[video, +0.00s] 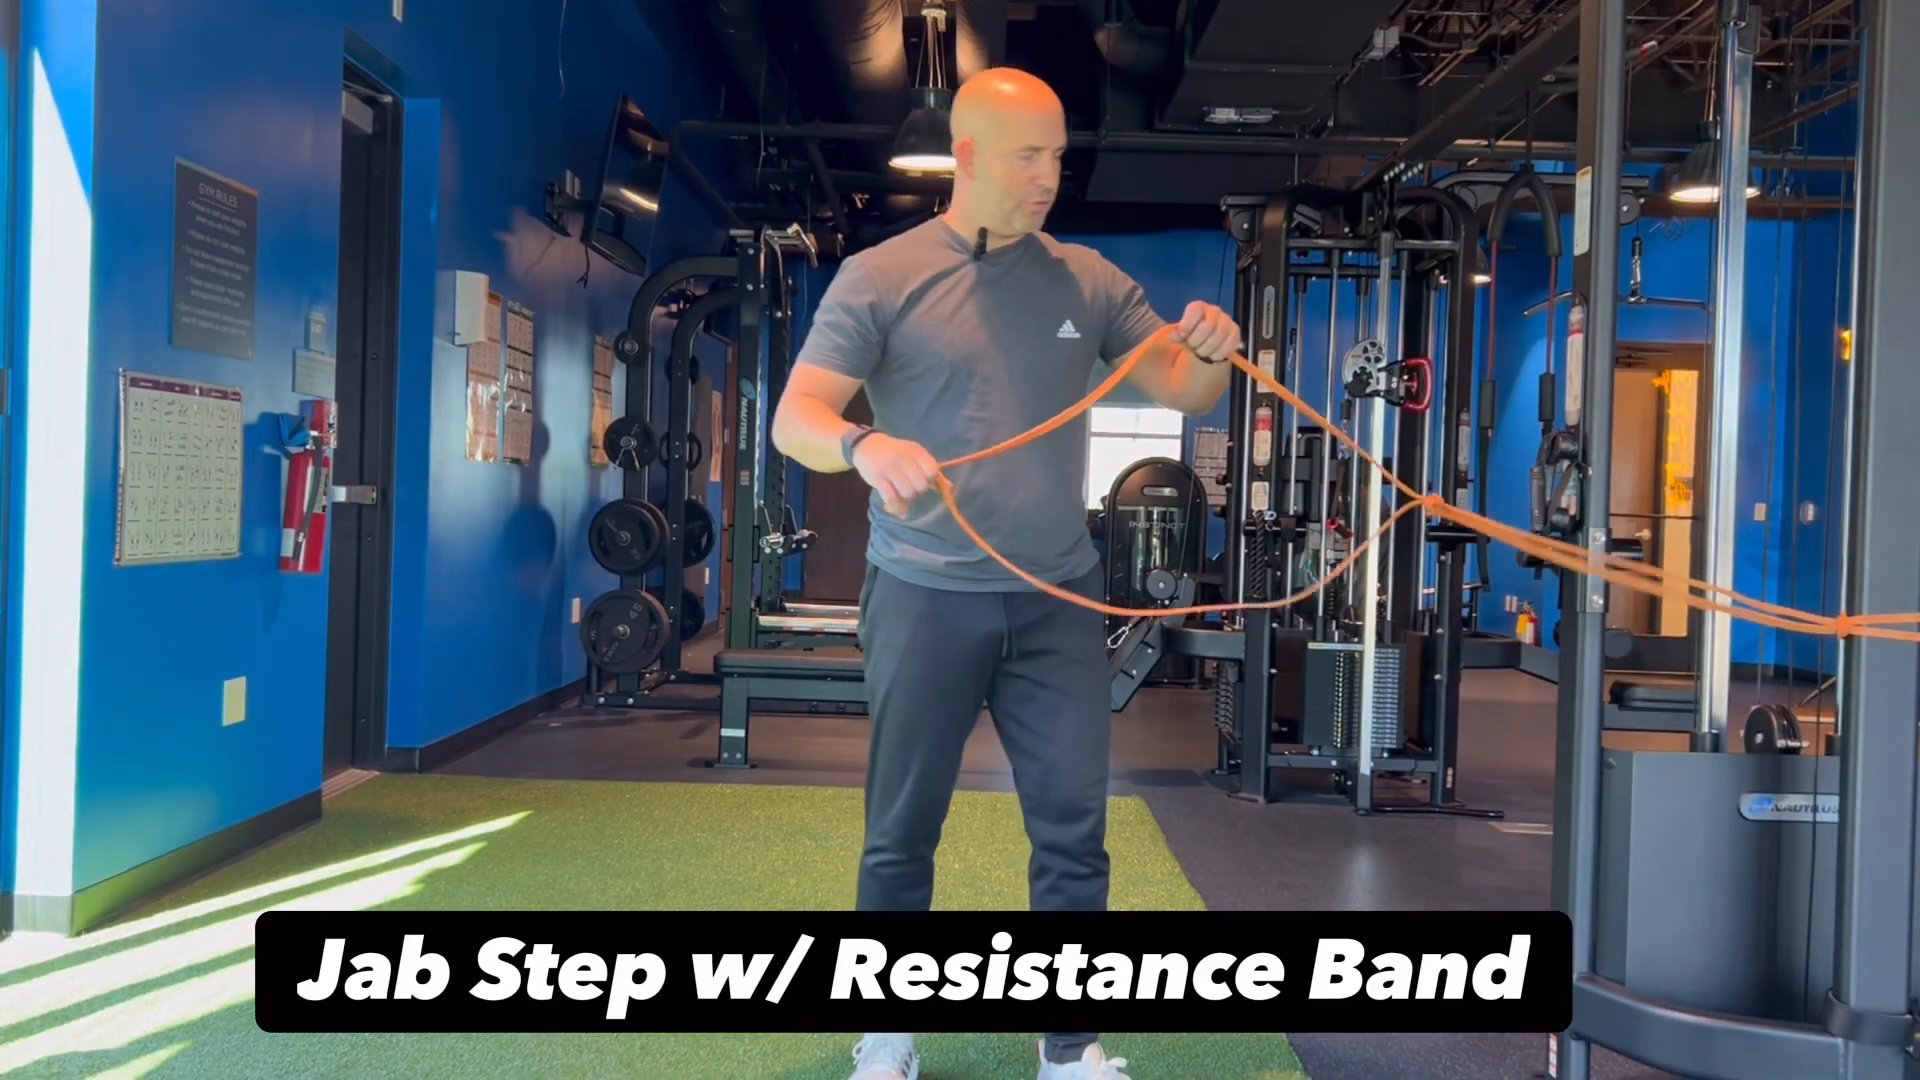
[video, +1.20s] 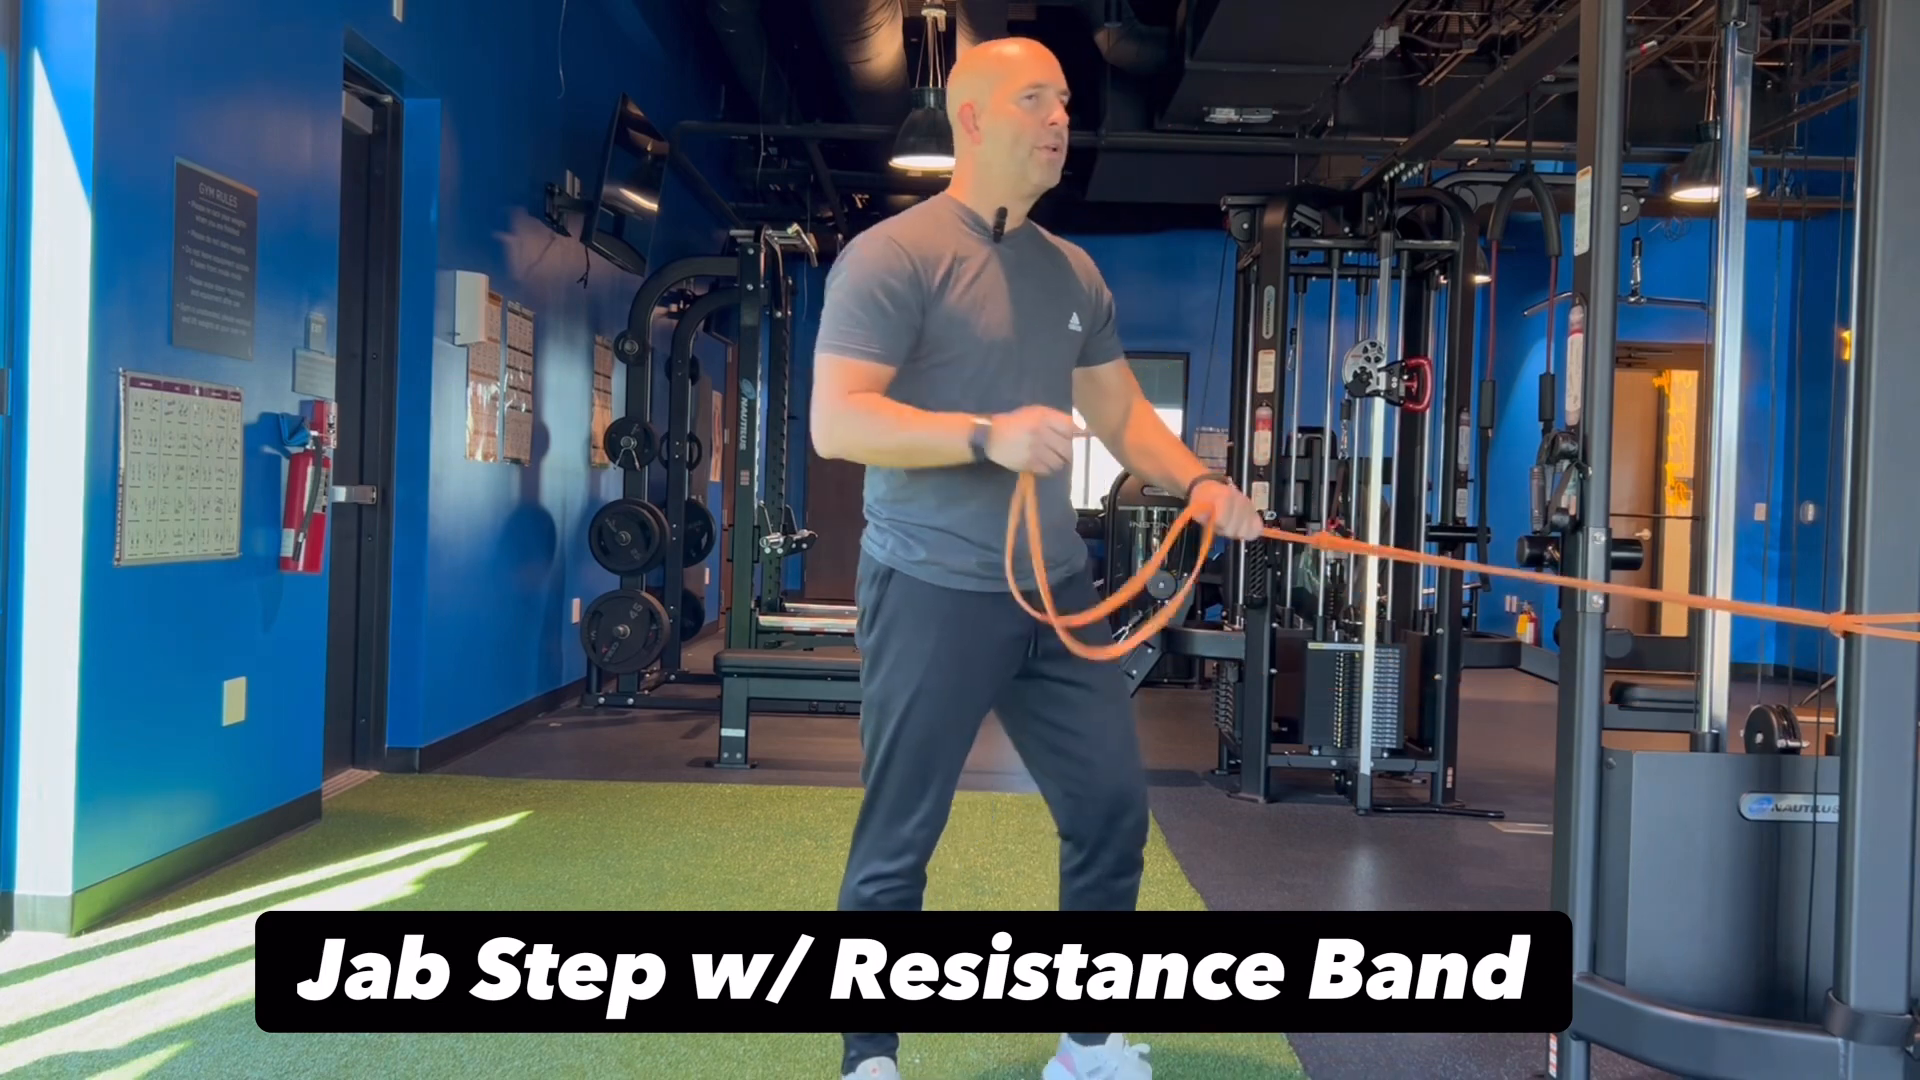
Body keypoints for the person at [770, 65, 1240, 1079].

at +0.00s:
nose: (1053, 177)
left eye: (1059, 158)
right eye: (1033, 157)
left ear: (1055, 161)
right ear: (968, 159)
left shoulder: (1088, 279)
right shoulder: (879, 277)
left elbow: (1189, 392)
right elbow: (796, 419)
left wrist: (1213, 350)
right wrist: (861, 446)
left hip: (1061, 593)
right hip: (926, 592)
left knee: (1074, 831)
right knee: (901, 836)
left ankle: (1071, 1044)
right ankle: (883, 1035)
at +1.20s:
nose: (1063, 118)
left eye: (1064, 103)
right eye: (1039, 101)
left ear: (1059, 126)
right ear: (971, 121)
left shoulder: (1074, 270)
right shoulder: (887, 258)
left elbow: (1119, 409)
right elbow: (837, 421)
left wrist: (1198, 481)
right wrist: (984, 435)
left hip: (1058, 581)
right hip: (932, 583)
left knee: (1113, 809)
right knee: (899, 832)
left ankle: (1093, 1038)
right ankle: (869, 1053)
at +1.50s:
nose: (1122, 118)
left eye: (1128, 104)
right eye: (1095, 101)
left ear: (1132, 134)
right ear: (1037, 127)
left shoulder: (1140, 277)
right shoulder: (981, 252)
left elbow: (1179, 412)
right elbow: (973, 422)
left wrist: (1231, 455)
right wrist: (1135, 471)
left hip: (1110, 592)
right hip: (997, 584)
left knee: (1109, 836)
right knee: (955, 831)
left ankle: (1089, 1051)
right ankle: (877, 1045)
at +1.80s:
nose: (1198, 127)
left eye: (1207, 111)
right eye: (1172, 109)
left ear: (1216, 137)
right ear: (1117, 132)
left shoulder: (1215, 282)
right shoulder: (1069, 248)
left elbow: (1229, 420)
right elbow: (1053, 417)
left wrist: (1268, 440)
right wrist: (1209, 475)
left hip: (1170, 578)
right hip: (1071, 563)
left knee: (1152, 822)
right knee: (1105, 810)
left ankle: (1089, 1048)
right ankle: (963, 1019)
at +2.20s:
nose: (1300, 153)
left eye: (1298, 132)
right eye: (1288, 130)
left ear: (1230, 140)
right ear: (1221, 135)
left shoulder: (1262, 284)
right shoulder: (1119, 251)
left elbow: (1272, 440)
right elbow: (1074, 420)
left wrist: (1286, 553)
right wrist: (1253, 448)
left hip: (1245, 589)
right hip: (1134, 588)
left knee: (1304, 815)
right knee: (1128, 851)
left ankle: (1178, 1011)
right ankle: (1089, 1057)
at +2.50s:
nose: (1389, 175)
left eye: (1389, 154)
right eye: (1374, 152)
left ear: (1316, 159)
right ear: (1304, 155)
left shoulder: (1366, 299)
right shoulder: (1177, 270)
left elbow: (1387, 429)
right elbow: (1090, 417)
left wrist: (1421, 451)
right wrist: (1224, 418)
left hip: (1327, 609)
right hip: (1199, 601)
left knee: (1339, 850)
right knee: (1167, 851)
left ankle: (1329, 1051)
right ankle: (1100, 1059)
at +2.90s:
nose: (1484, 201)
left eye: (1489, 180)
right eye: (1474, 177)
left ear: (1413, 178)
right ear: (1402, 171)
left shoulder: (1458, 311)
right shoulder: (1249, 263)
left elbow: (1505, 438)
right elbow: (1151, 391)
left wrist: (1577, 501)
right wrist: (1215, 410)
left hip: (1379, 610)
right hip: (1239, 601)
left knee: (1351, 847)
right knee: (1197, 839)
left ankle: (1331, 1046)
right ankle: (1162, 1042)